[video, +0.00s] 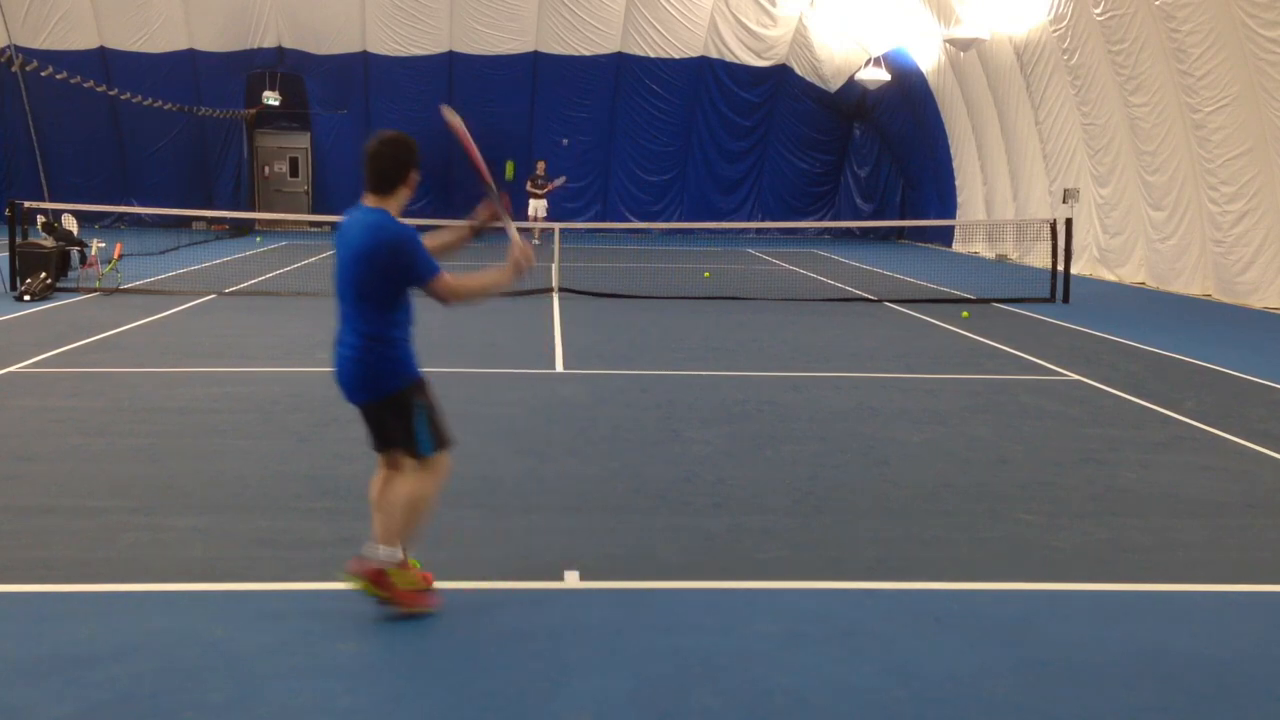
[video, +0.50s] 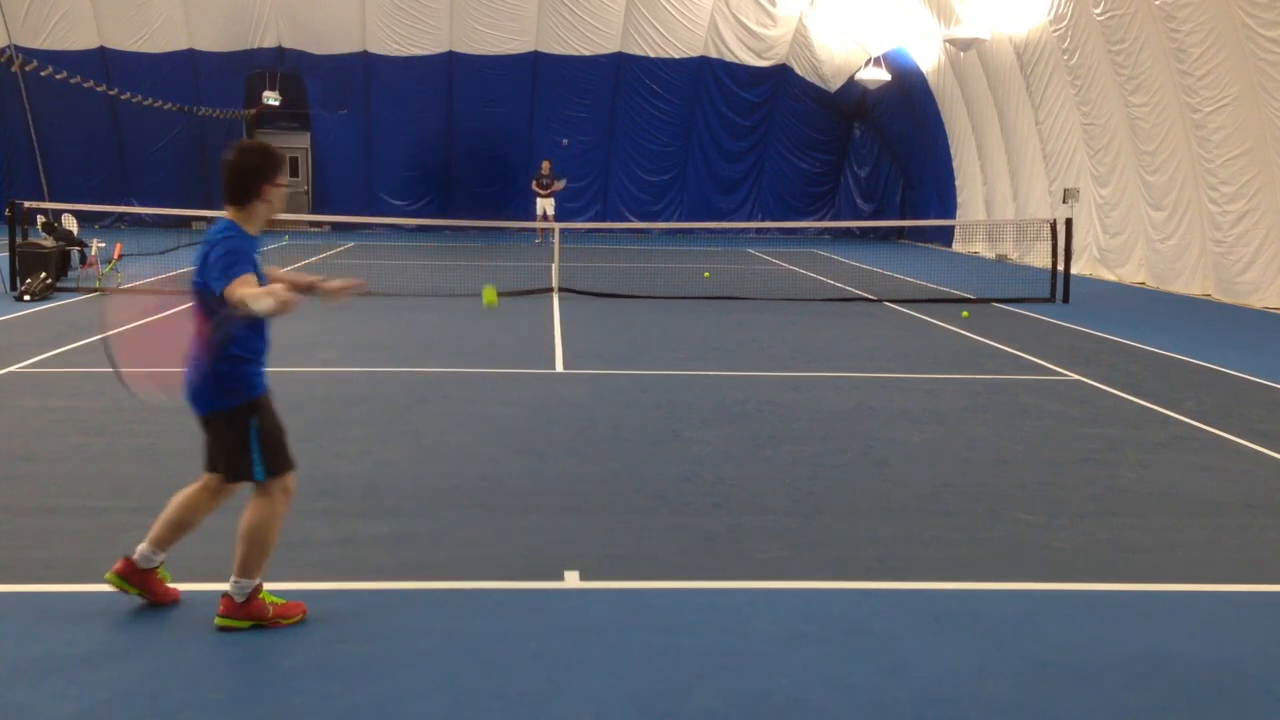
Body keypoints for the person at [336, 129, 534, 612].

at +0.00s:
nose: (417, 180)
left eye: (413, 172)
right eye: (416, 173)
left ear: (369, 173)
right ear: (410, 179)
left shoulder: (352, 223)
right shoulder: (394, 236)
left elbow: (412, 250)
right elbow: (448, 290)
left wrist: (472, 226)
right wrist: (510, 270)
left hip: (356, 365)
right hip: (387, 370)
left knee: (394, 461)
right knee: (432, 460)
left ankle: (387, 564)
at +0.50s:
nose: (285, 193)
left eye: (283, 184)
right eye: (281, 184)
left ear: (240, 190)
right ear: (263, 191)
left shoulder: (234, 239)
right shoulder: (229, 245)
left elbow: (267, 278)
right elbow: (243, 296)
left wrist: (319, 284)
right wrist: (278, 299)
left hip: (220, 385)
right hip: (235, 389)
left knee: (222, 479)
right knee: (277, 483)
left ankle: (140, 563)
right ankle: (242, 596)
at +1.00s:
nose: (157, 185)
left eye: (156, 179)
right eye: (155, 179)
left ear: (98, 186)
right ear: (148, 185)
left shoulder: (76, 248)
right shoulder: (172, 233)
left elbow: (70, 322)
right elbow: (121, 251)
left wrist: (115, 292)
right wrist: (42, 248)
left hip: (97, 389)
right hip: (162, 390)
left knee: (74, 485)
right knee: (175, 488)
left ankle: (76, 591)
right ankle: (211, 577)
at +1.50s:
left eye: (164, 172)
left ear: (164, 177)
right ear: (216, 179)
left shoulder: (155, 232)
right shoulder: (238, 235)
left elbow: (154, 302)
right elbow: (243, 306)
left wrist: (129, 317)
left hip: (169, 379)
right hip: (223, 382)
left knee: (134, 473)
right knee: (187, 471)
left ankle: (143, 586)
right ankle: (192, 580)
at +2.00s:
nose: (380, 185)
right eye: (380, 179)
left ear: (333, 183)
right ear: (382, 185)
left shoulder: (307, 242)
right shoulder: (404, 245)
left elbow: (287, 317)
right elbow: (423, 319)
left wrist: (325, 327)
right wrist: (391, 336)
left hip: (323, 385)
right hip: (386, 388)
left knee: (289, 488)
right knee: (400, 485)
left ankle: (248, 592)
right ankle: (407, 591)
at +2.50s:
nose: (496, 202)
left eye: (456, 191)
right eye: (497, 196)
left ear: (448, 198)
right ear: (498, 202)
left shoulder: (420, 259)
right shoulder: (509, 262)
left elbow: (408, 334)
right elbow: (526, 343)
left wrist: (451, 337)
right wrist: (499, 358)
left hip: (440, 400)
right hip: (497, 399)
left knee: (460, 480)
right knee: (525, 489)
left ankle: (407, 571)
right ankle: (536, 598)